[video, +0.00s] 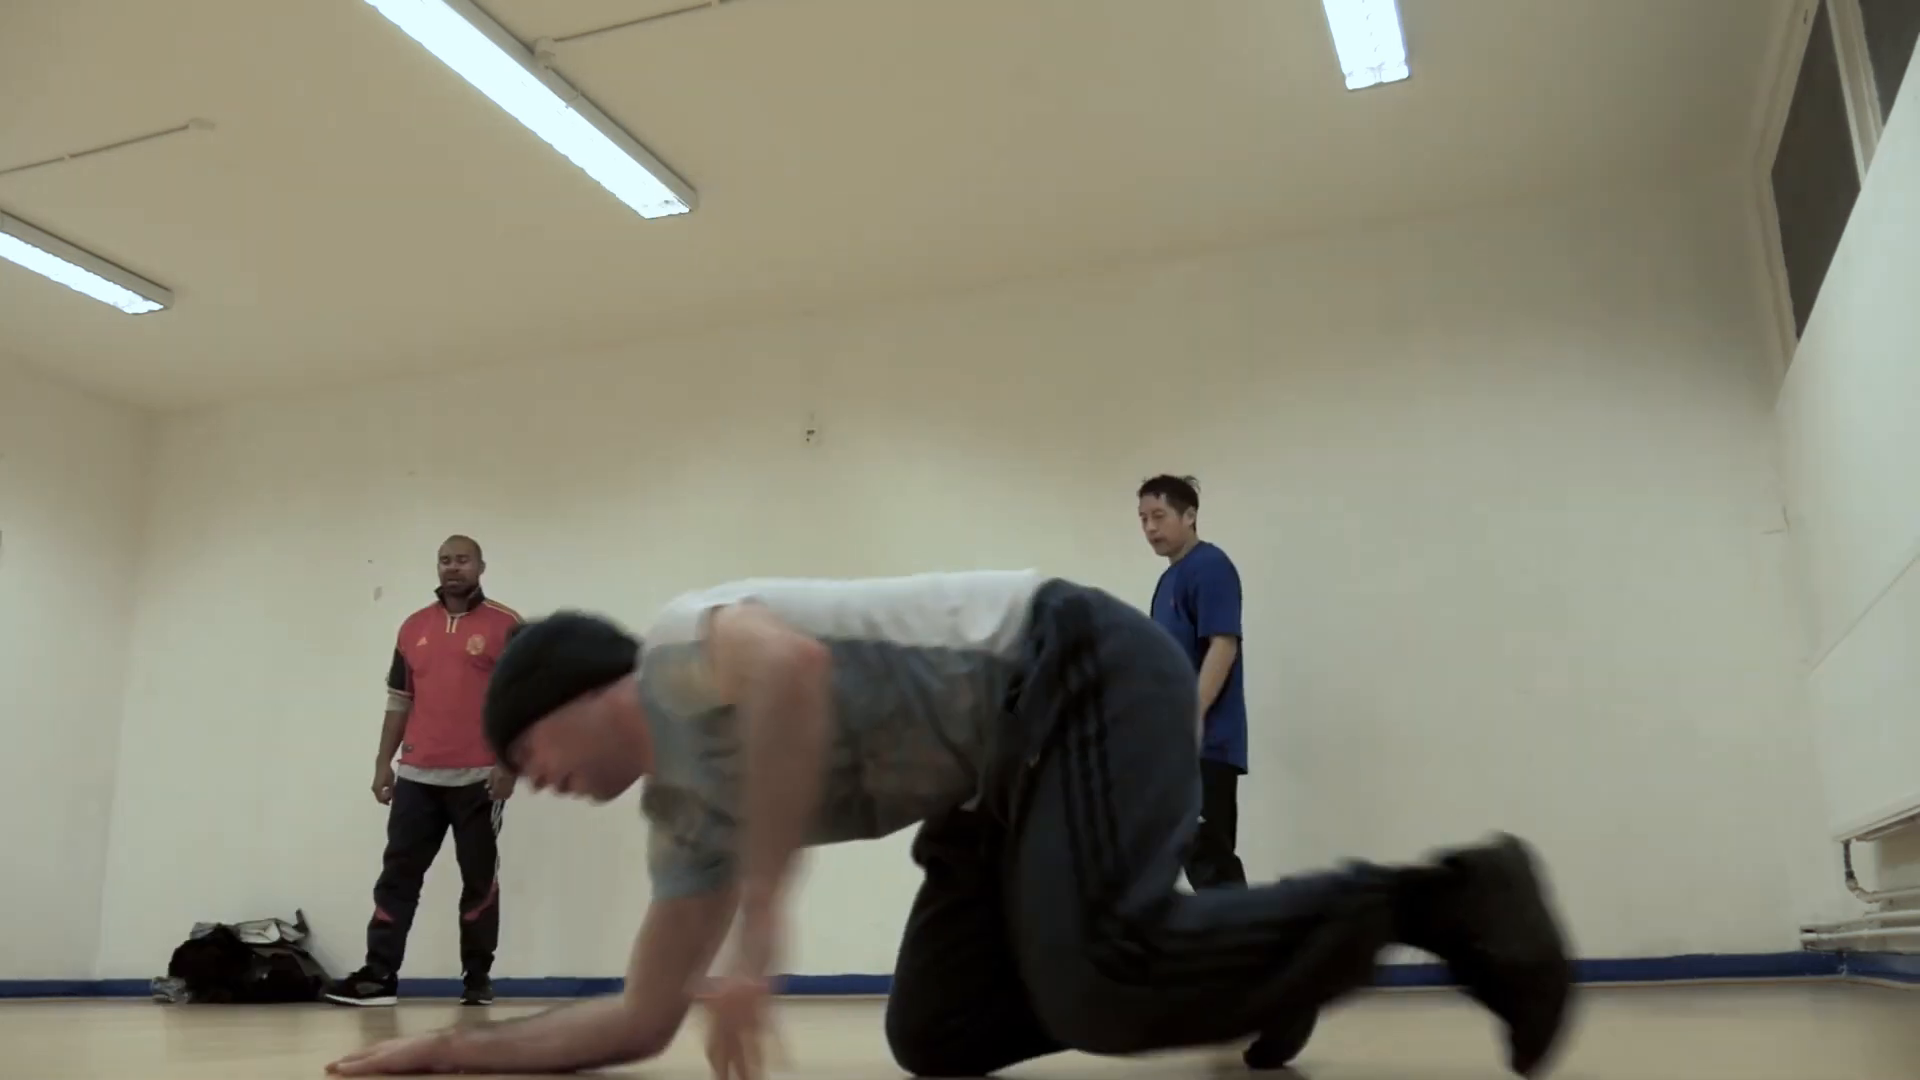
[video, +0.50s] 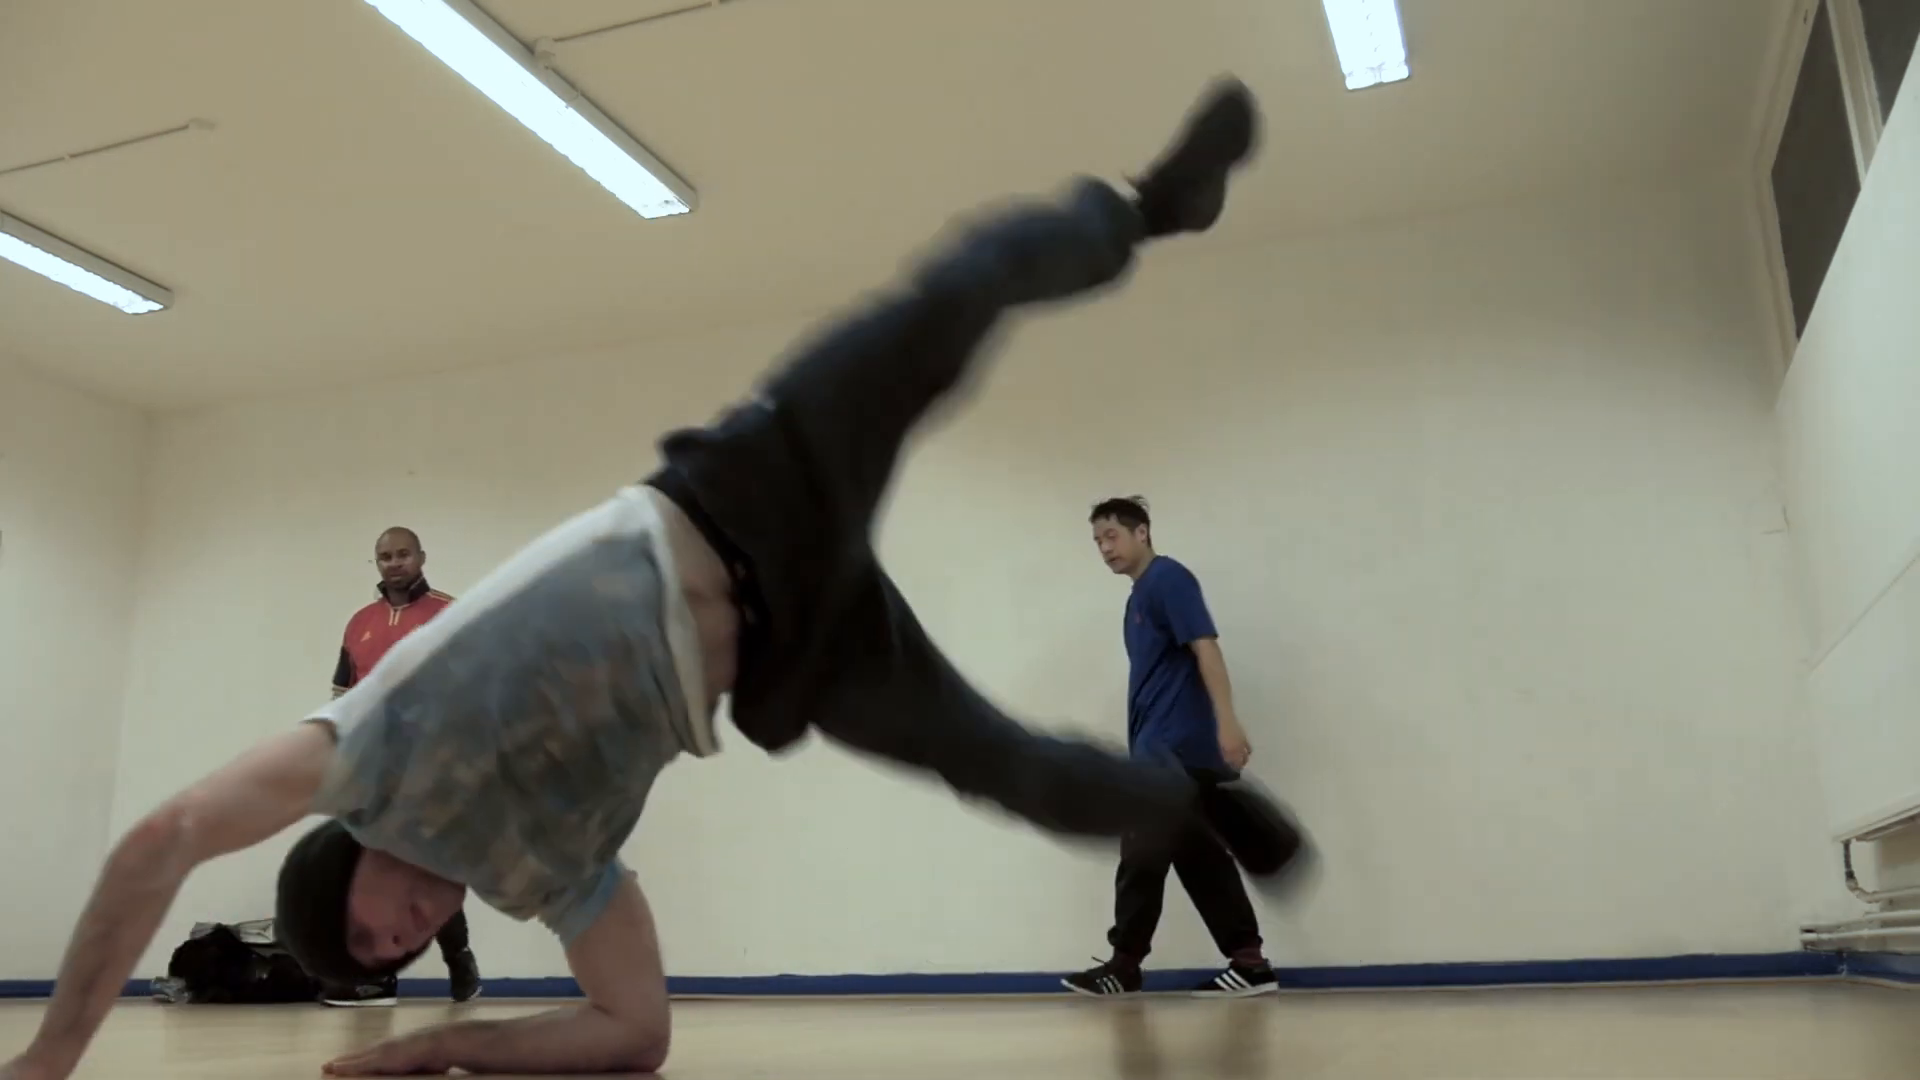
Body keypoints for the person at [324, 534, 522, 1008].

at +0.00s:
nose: (452, 567)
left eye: (462, 559)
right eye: (445, 560)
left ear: (481, 568)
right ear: (436, 569)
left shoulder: (506, 627)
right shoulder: (415, 627)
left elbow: (525, 698)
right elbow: (398, 700)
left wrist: (511, 764)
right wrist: (383, 762)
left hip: (477, 778)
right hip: (418, 776)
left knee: (479, 883)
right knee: (398, 875)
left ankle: (476, 978)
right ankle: (379, 974)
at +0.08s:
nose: (441, 568)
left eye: (451, 560)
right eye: (434, 561)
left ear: (471, 567)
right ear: (425, 570)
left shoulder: (499, 625)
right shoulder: (405, 628)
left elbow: (519, 700)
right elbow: (392, 701)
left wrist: (507, 774)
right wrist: (376, 764)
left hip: (469, 777)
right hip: (410, 775)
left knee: (474, 882)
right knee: (395, 877)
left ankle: (477, 983)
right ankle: (380, 974)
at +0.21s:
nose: (423, 567)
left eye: (432, 558)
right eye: (415, 560)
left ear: (453, 564)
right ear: (407, 568)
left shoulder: (481, 619)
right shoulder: (390, 627)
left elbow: (509, 696)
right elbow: (378, 705)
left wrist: (499, 765)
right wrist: (362, 772)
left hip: (462, 761)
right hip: (398, 765)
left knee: (463, 869)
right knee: (387, 869)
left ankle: (475, 975)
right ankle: (379, 974)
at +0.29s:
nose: (411, 566)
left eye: (421, 557)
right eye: (404, 559)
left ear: (442, 562)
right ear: (396, 566)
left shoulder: (471, 618)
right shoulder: (381, 626)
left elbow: (499, 693)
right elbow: (368, 697)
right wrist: (357, 751)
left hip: (457, 760)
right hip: (388, 765)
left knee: (455, 866)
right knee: (378, 867)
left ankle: (474, 973)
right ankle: (379, 973)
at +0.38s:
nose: (403, 564)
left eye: (412, 556)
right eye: (395, 558)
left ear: (433, 561)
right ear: (387, 565)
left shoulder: (460, 616)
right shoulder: (372, 624)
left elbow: (486, 687)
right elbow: (358, 693)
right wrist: (349, 740)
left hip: (447, 755)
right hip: (379, 760)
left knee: (444, 868)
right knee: (368, 862)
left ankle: (472, 971)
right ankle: (378, 973)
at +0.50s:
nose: (393, 563)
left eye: (402, 554)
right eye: (385, 557)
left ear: (422, 559)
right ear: (376, 564)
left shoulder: (449, 614)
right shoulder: (361, 622)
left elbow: (469, 682)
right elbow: (342, 694)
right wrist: (337, 754)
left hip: (442, 756)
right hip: (377, 764)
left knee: (438, 872)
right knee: (377, 872)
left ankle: (461, 971)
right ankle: (378, 975)